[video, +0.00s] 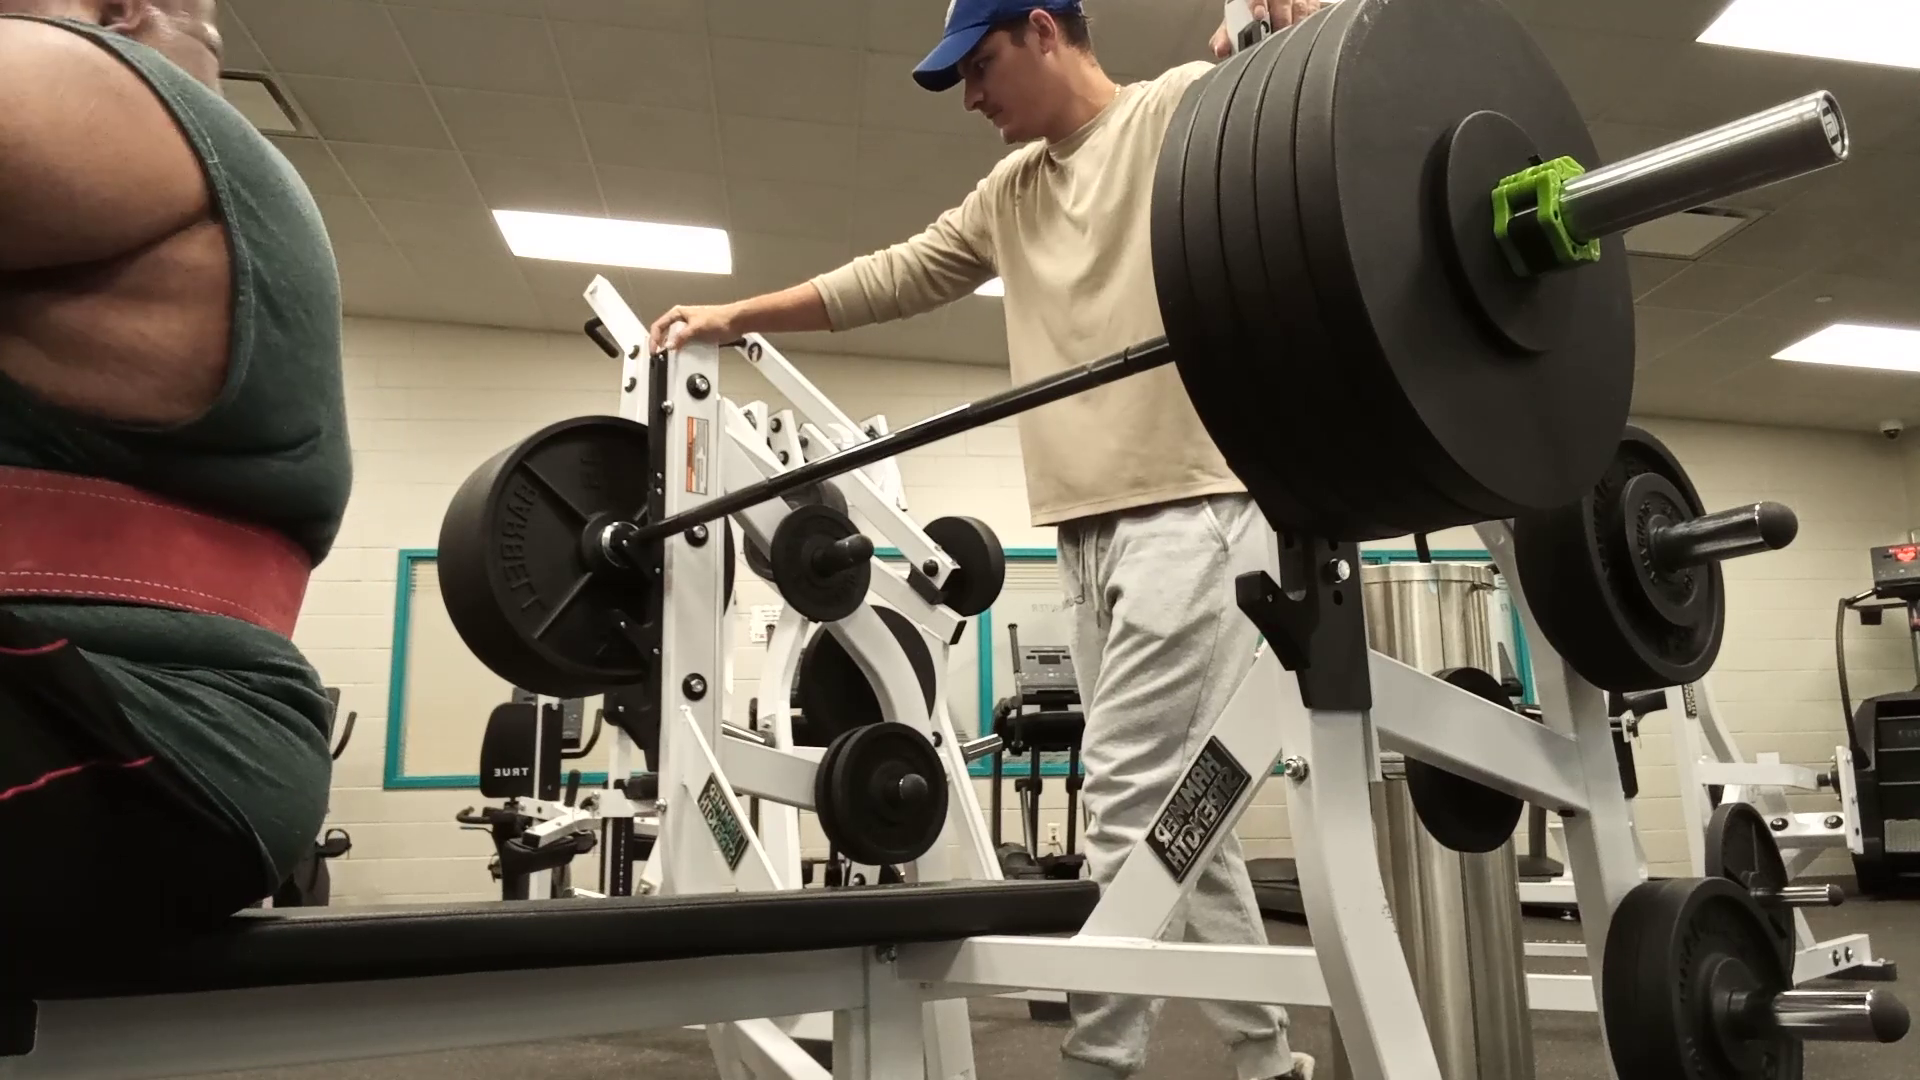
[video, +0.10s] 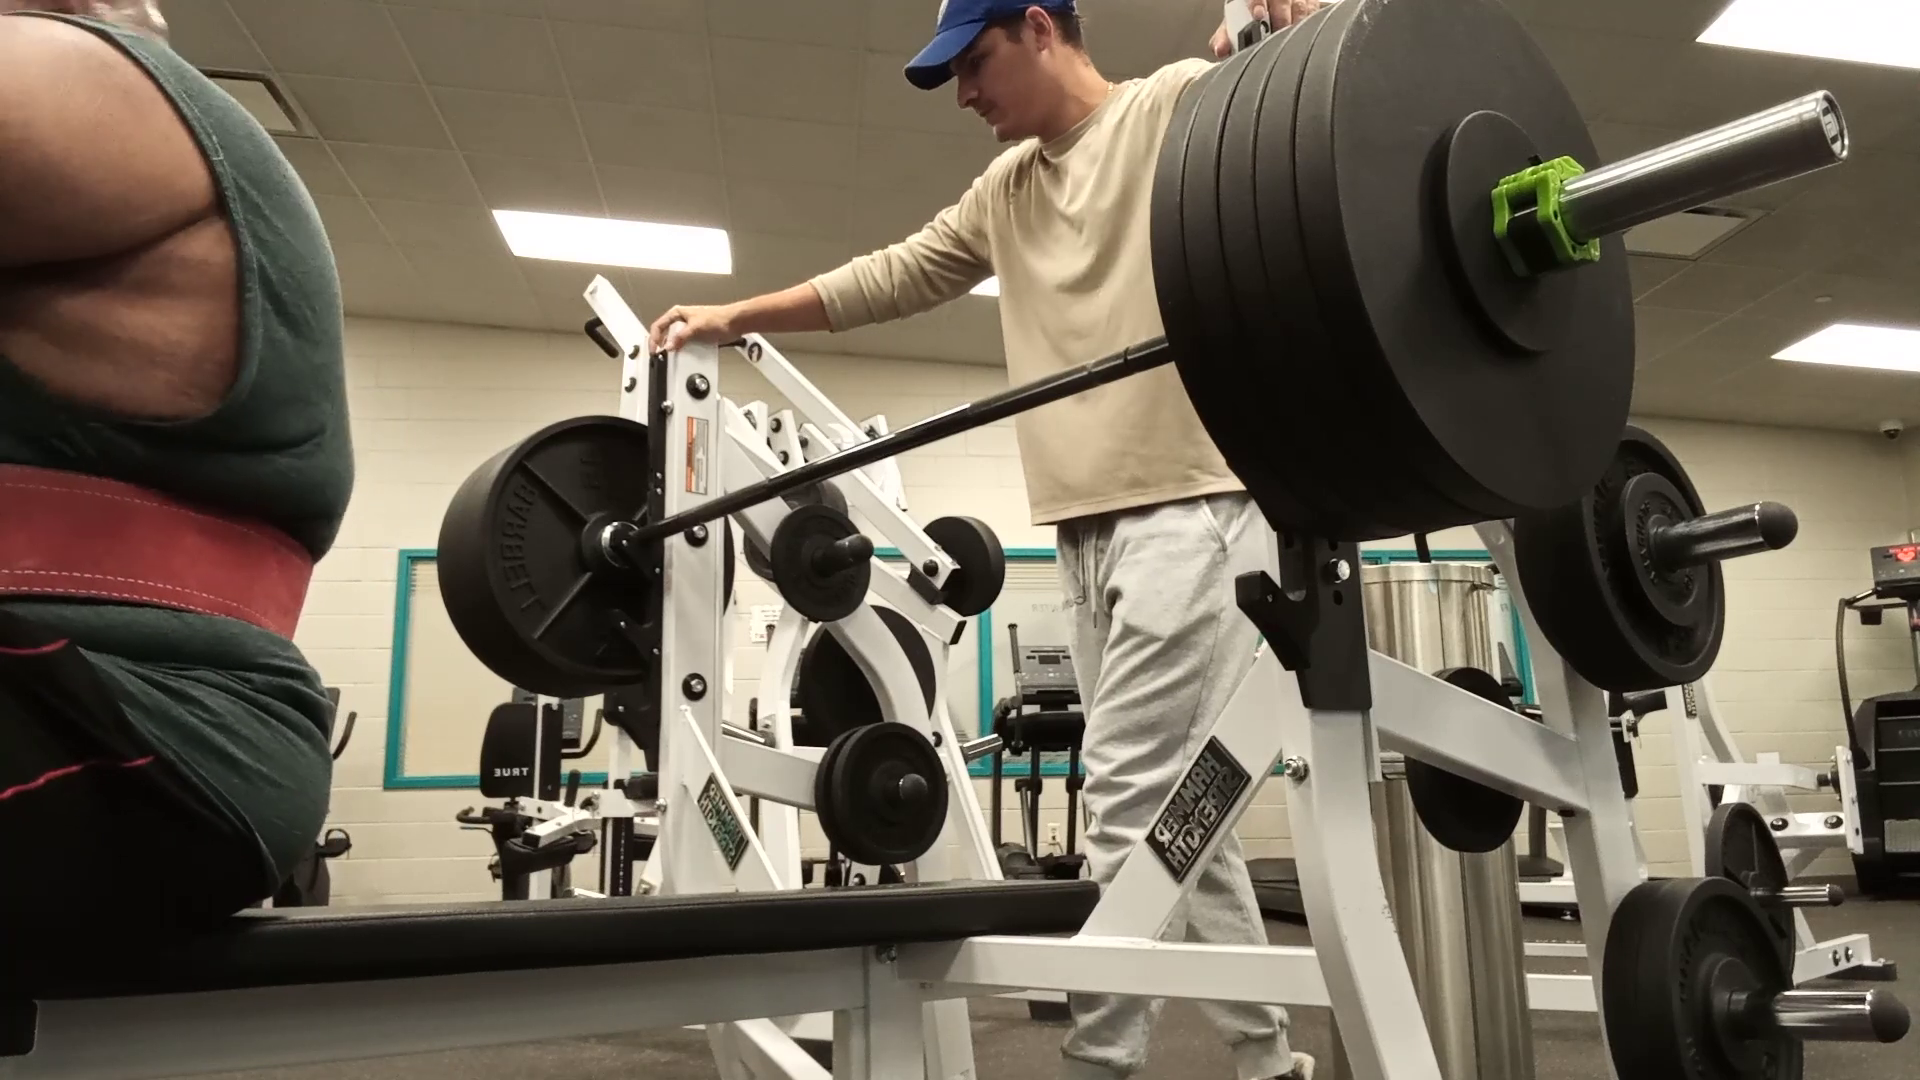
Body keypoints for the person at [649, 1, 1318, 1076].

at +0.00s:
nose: (973, 94)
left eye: (980, 67)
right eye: (964, 80)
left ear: (1046, 30)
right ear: (1027, 48)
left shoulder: (1179, 99)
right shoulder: (1007, 191)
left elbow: (1314, 111)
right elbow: (899, 274)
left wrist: (1292, 37)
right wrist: (736, 313)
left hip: (1197, 511)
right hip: (1087, 533)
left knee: (1123, 791)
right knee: (1172, 804)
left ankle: (1101, 1063)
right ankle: (1265, 1060)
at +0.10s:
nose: (966, 93)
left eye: (975, 64)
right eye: (957, 77)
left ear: (1042, 28)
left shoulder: (1177, 97)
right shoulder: (1004, 190)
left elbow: (1311, 119)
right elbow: (896, 274)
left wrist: (1291, 37)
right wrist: (735, 314)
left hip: (1195, 510)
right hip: (1086, 533)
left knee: (1123, 793)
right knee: (1175, 805)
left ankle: (1103, 1061)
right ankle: (1264, 1056)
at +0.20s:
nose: (968, 86)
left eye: (980, 57)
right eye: (958, 71)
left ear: (1048, 24)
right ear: (970, 80)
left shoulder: (1175, 98)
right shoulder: (1000, 192)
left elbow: (1306, 125)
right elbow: (892, 277)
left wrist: (1291, 40)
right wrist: (734, 314)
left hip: (1194, 508)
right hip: (1085, 531)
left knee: (1121, 788)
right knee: (1172, 803)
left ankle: (1099, 1063)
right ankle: (1266, 1059)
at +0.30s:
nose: (977, 84)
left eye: (989, 55)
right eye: (965, 70)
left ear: (1056, 23)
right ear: (971, 79)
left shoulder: (1177, 97)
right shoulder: (1003, 191)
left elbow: (1308, 115)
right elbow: (893, 277)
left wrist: (1292, 36)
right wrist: (735, 314)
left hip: (1195, 509)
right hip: (1085, 531)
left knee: (1120, 789)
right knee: (1174, 807)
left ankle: (1098, 1060)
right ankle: (1264, 1057)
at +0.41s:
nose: (983, 82)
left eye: (995, 53)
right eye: (970, 68)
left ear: (1061, 22)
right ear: (977, 76)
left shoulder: (1179, 97)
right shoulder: (1003, 192)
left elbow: (1307, 111)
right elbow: (891, 278)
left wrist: (1291, 37)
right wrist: (734, 314)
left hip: (1196, 509)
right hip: (1085, 532)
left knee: (1121, 789)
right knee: (1171, 804)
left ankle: (1100, 1064)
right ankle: (1266, 1060)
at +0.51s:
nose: (986, 81)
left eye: (998, 51)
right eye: (973, 65)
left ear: (1066, 23)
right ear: (979, 74)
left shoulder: (1180, 99)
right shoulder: (1003, 191)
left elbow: (1311, 111)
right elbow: (891, 278)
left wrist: (1292, 36)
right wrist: (734, 314)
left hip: (1197, 510)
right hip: (1086, 533)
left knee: (1122, 791)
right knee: (1172, 804)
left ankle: (1100, 1064)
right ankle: (1266, 1060)